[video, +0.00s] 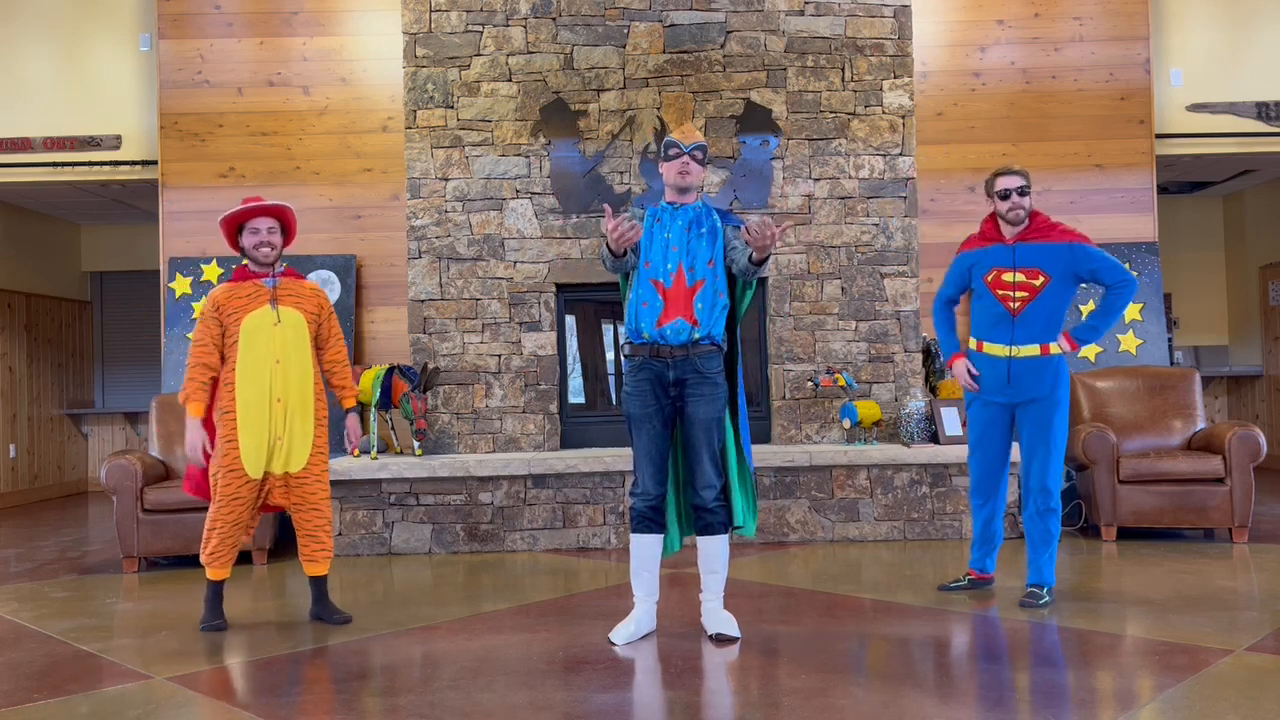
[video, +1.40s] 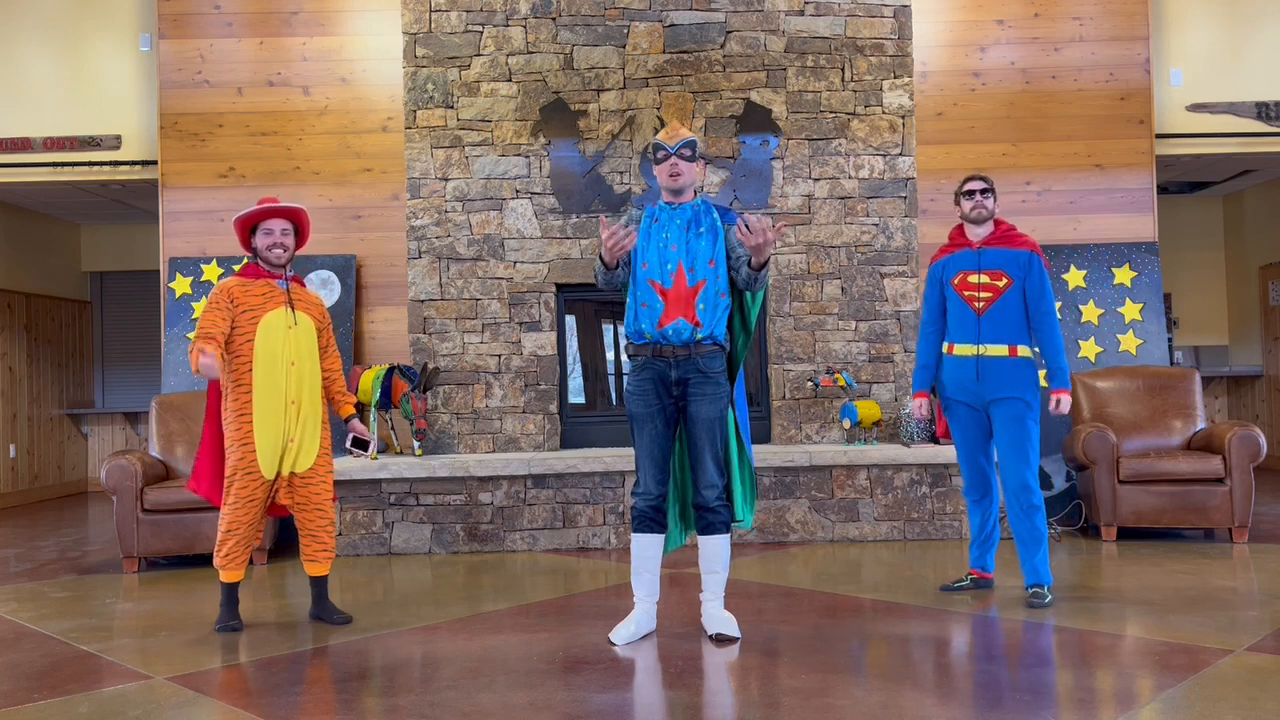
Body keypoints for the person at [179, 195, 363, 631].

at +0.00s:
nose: (264, 239)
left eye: (272, 232)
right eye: (254, 233)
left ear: (284, 240)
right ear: (240, 242)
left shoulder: (311, 295)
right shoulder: (222, 298)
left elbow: (334, 354)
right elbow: (203, 360)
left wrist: (350, 409)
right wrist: (194, 420)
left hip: (304, 425)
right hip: (241, 426)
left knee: (314, 506)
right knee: (229, 508)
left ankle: (321, 600)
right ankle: (213, 603)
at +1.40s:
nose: (278, 241)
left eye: (285, 234)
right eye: (268, 234)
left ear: (295, 243)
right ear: (253, 243)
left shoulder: (312, 302)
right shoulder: (230, 293)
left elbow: (331, 365)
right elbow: (204, 345)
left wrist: (349, 416)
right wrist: (208, 359)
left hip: (307, 421)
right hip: (250, 421)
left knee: (317, 502)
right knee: (242, 505)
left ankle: (321, 600)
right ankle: (229, 605)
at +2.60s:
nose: (286, 244)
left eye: (289, 237)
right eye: (275, 237)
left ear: (294, 242)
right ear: (252, 244)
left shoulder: (305, 301)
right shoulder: (227, 295)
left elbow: (323, 363)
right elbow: (199, 346)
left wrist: (347, 409)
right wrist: (180, 321)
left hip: (305, 421)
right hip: (250, 422)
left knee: (317, 500)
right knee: (244, 504)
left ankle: (321, 600)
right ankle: (229, 606)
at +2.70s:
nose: (289, 249)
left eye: (292, 240)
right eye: (279, 241)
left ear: (294, 243)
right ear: (254, 246)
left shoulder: (305, 300)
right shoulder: (229, 294)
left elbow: (328, 363)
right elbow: (201, 338)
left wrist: (355, 399)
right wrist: (205, 283)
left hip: (304, 422)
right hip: (250, 425)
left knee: (318, 504)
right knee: (243, 506)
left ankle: (321, 601)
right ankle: (229, 606)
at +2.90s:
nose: (291, 250)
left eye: (293, 243)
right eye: (283, 242)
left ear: (292, 248)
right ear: (257, 246)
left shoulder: (302, 300)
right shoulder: (225, 293)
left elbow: (327, 352)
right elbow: (227, 331)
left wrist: (361, 361)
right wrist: (266, 279)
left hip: (304, 425)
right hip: (248, 427)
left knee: (316, 503)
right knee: (242, 506)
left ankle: (321, 601)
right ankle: (229, 606)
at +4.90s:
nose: (283, 252)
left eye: (286, 244)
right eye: (274, 244)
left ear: (288, 247)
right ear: (249, 246)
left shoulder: (298, 298)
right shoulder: (221, 297)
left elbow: (325, 356)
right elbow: (231, 345)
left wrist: (333, 324)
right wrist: (291, 323)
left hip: (303, 420)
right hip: (249, 422)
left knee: (317, 502)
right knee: (242, 505)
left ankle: (320, 601)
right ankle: (229, 606)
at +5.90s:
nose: (286, 252)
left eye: (288, 244)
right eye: (276, 244)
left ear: (288, 247)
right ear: (251, 246)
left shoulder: (298, 298)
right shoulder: (221, 296)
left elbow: (324, 356)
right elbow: (225, 347)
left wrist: (334, 326)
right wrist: (285, 330)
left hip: (303, 419)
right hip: (249, 421)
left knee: (316, 500)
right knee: (242, 503)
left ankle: (320, 601)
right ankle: (229, 607)